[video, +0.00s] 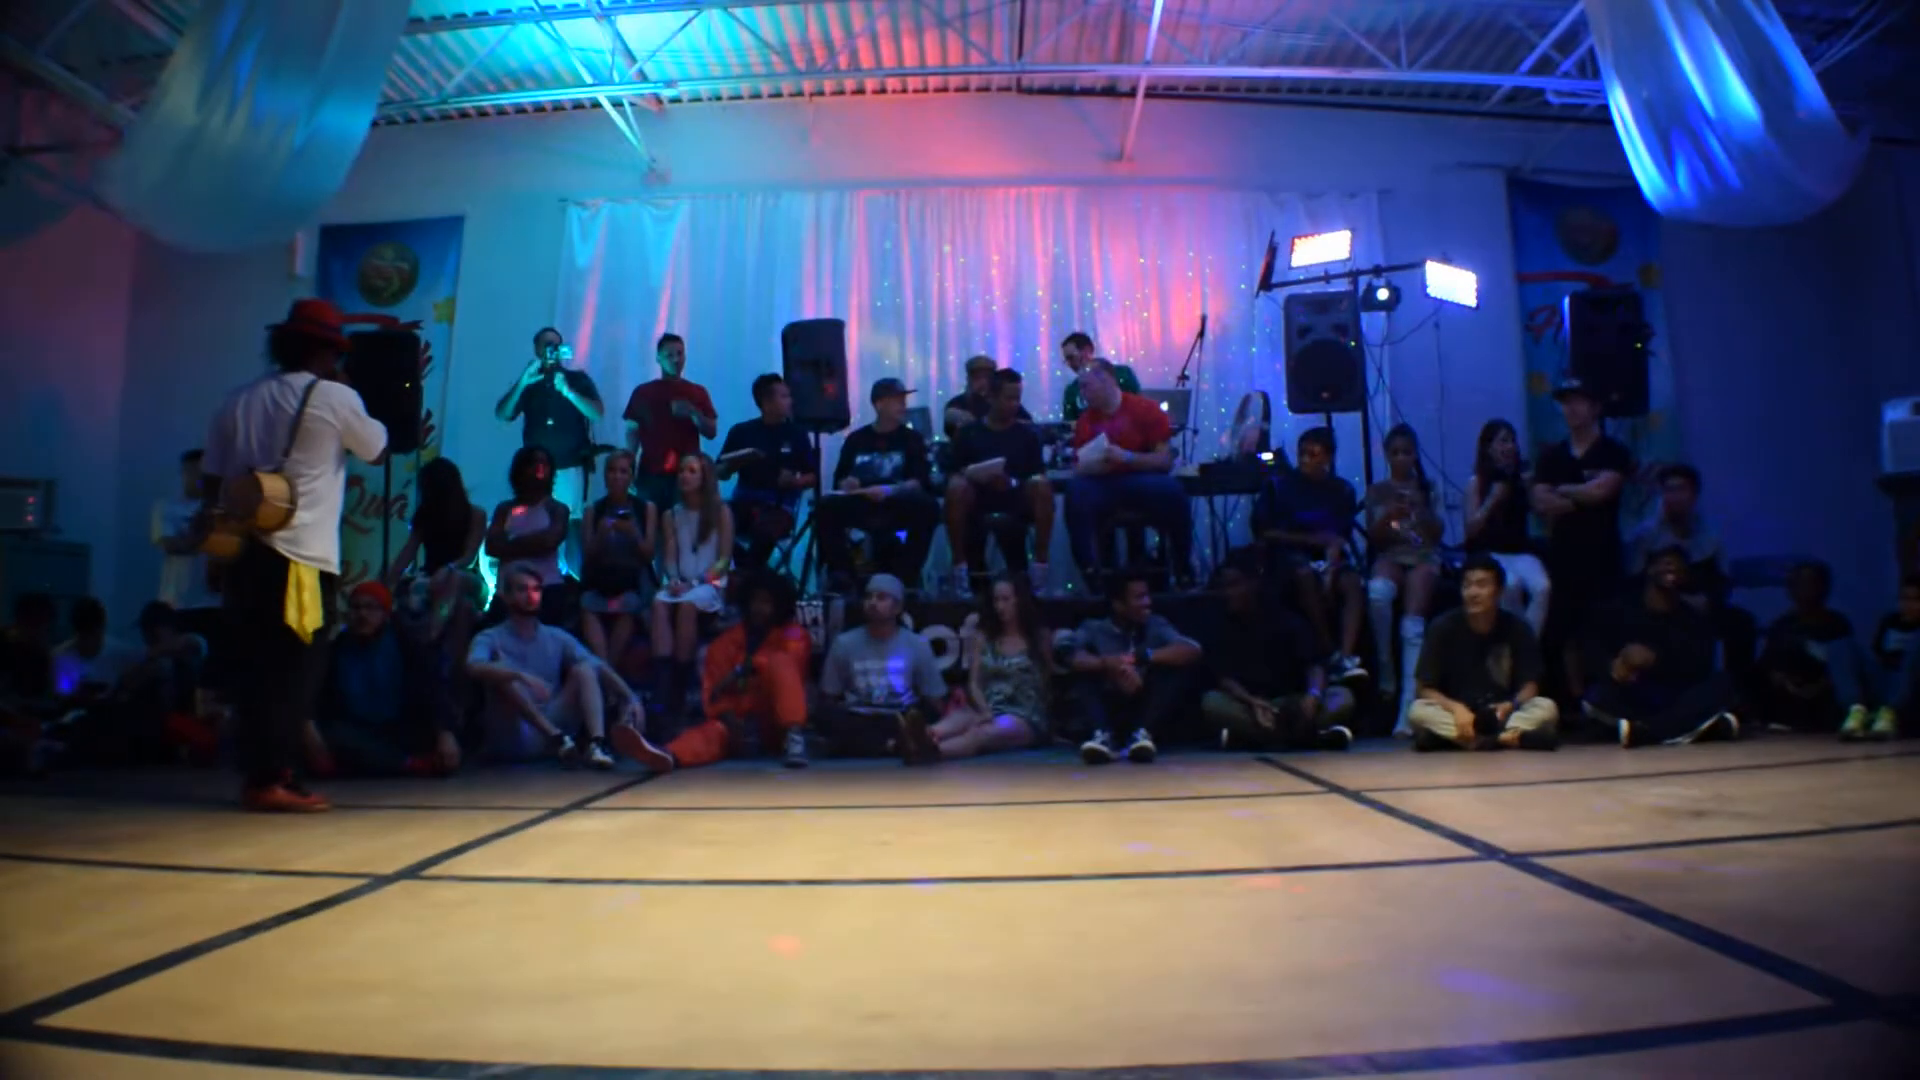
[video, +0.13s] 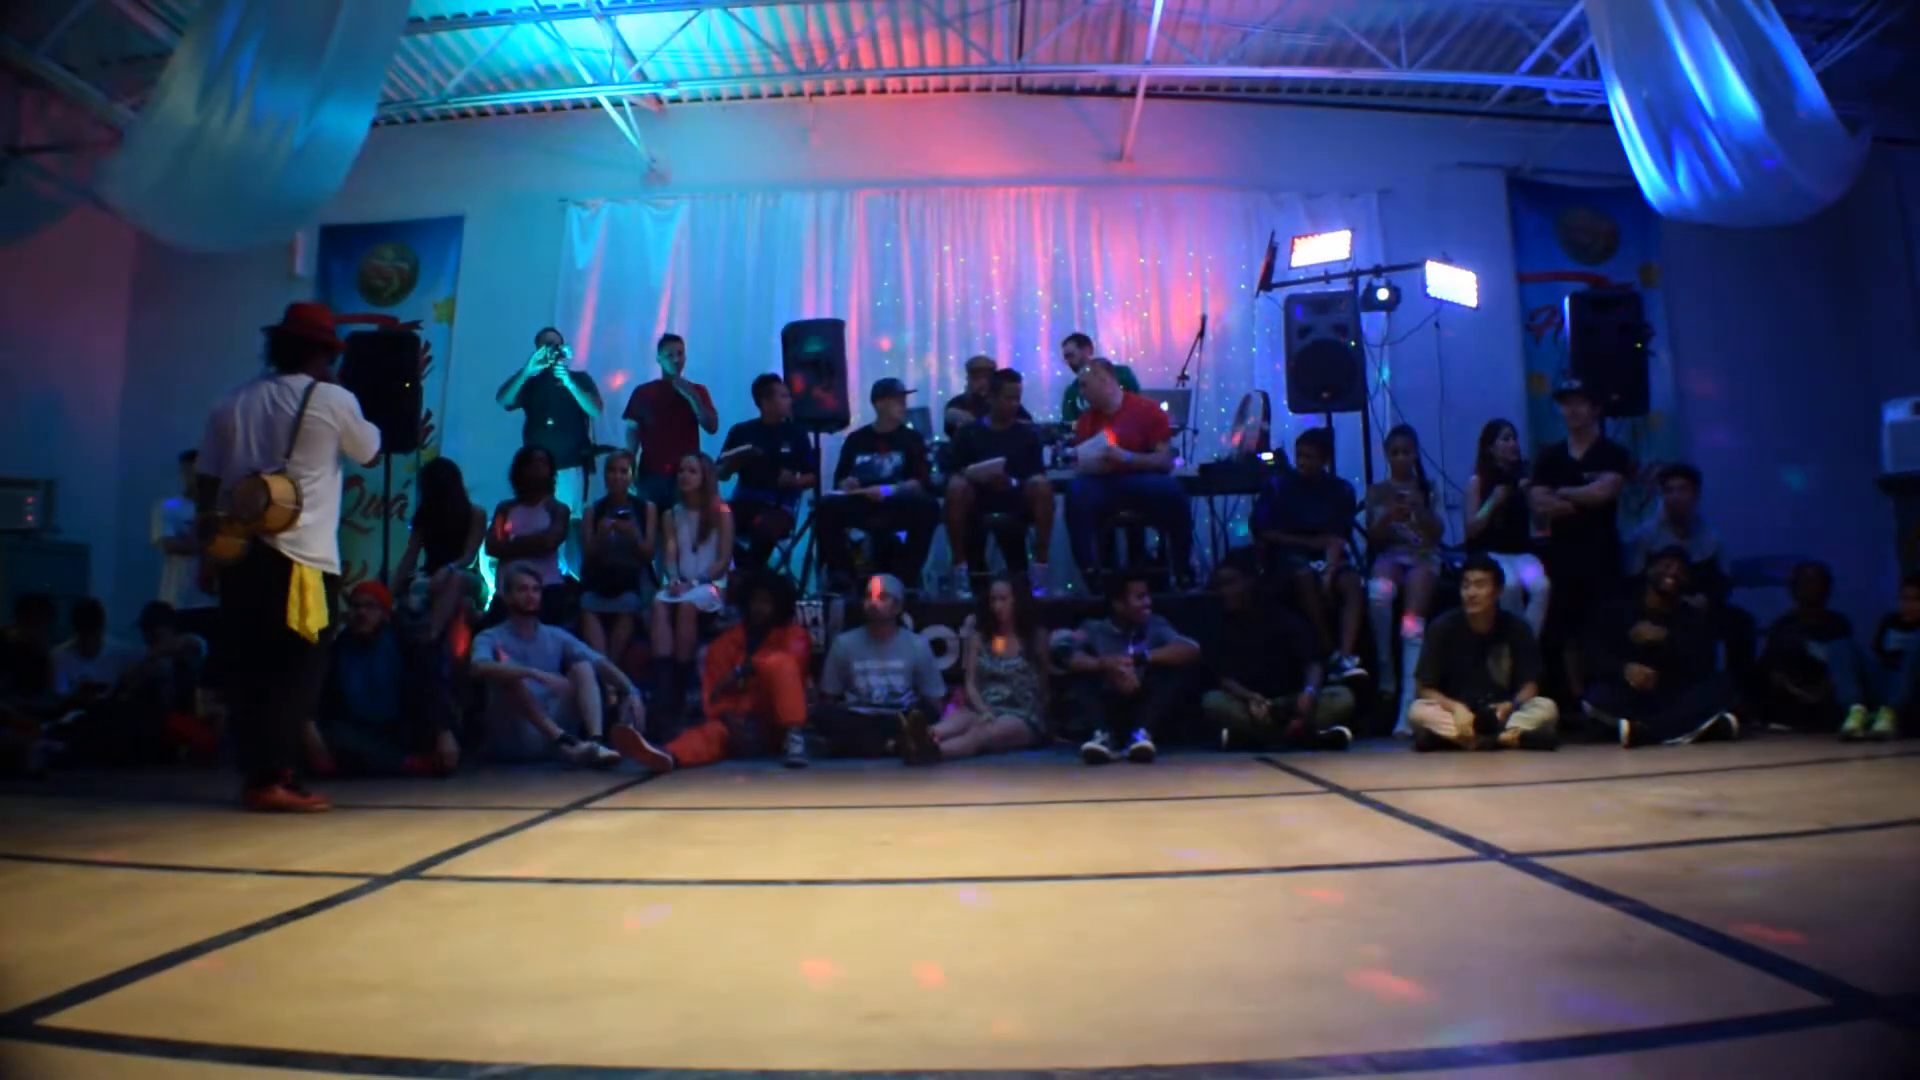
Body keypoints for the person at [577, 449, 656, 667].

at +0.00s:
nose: (618, 477)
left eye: (624, 471)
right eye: (613, 471)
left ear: (631, 476)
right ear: (605, 475)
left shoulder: (646, 508)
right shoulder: (592, 511)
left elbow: (648, 551)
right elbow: (588, 553)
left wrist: (631, 532)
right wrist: (602, 534)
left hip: (631, 574)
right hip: (600, 574)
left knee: (626, 608)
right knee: (589, 607)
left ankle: (609, 669)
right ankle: (603, 668)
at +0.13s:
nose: (618, 476)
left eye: (624, 471)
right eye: (613, 471)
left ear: (631, 475)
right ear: (605, 475)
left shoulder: (646, 509)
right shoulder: (592, 511)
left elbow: (648, 551)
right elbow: (588, 553)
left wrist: (631, 532)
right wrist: (602, 534)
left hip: (631, 573)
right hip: (600, 573)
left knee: (626, 607)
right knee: (589, 606)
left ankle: (611, 669)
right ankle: (602, 668)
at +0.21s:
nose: (617, 476)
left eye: (623, 471)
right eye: (612, 471)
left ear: (632, 476)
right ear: (605, 475)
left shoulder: (646, 509)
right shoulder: (592, 511)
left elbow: (648, 551)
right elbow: (588, 552)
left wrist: (631, 532)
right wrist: (602, 534)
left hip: (631, 574)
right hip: (599, 574)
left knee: (626, 607)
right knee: (589, 606)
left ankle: (612, 667)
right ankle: (601, 667)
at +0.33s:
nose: (617, 476)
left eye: (623, 471)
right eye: (612, 471)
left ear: (632, 476)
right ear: (605, 475)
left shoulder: (646, 509)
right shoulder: (592, 511)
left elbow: (648, 551)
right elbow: (588, 553)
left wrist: (631, 533)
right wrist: (602, 534)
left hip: (631, 574)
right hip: (599, 573)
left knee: (626, 608)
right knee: (589, 608)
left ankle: (611, 668)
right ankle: (601, 667)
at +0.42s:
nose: (617, 476)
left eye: (623, 471)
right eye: (612, 471)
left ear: (632, 475)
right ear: (605, 475)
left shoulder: (646, 509)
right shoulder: (592, 511)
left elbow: (648, 551)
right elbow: (588, 553)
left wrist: (630, 532)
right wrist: (601, 533)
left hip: (632, 576)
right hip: (600, 576)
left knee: (625, 611)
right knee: (589, 608)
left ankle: (611, 668)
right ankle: (601, 667)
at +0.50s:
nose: (618, 476)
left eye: (623, 471)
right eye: (612, 471)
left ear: (631, 476)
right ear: (605, 475)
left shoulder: (646, 509)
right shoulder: (592, 511)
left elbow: (647, 551)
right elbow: (588, 553)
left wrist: (630, 533)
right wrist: (600, 534)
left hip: (631, 576)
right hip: (599, 576)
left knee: (625, 612)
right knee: (588, 609)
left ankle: (611, 672)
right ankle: (601, 672)